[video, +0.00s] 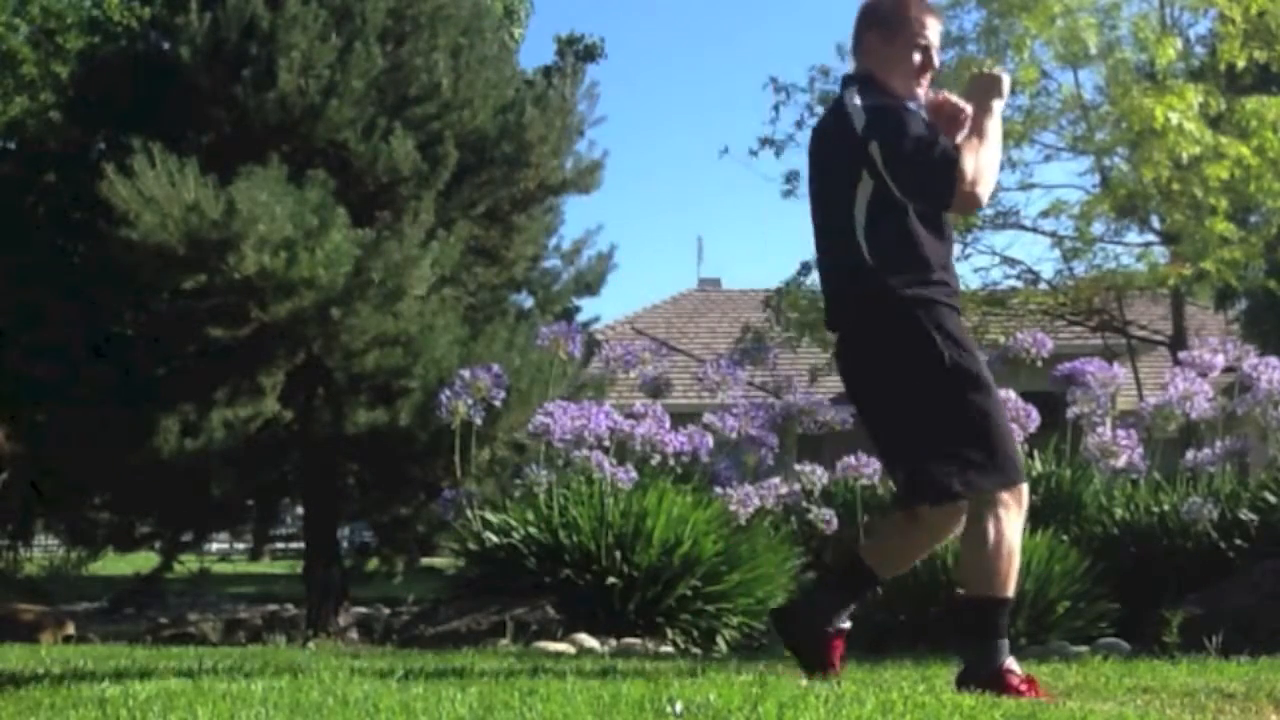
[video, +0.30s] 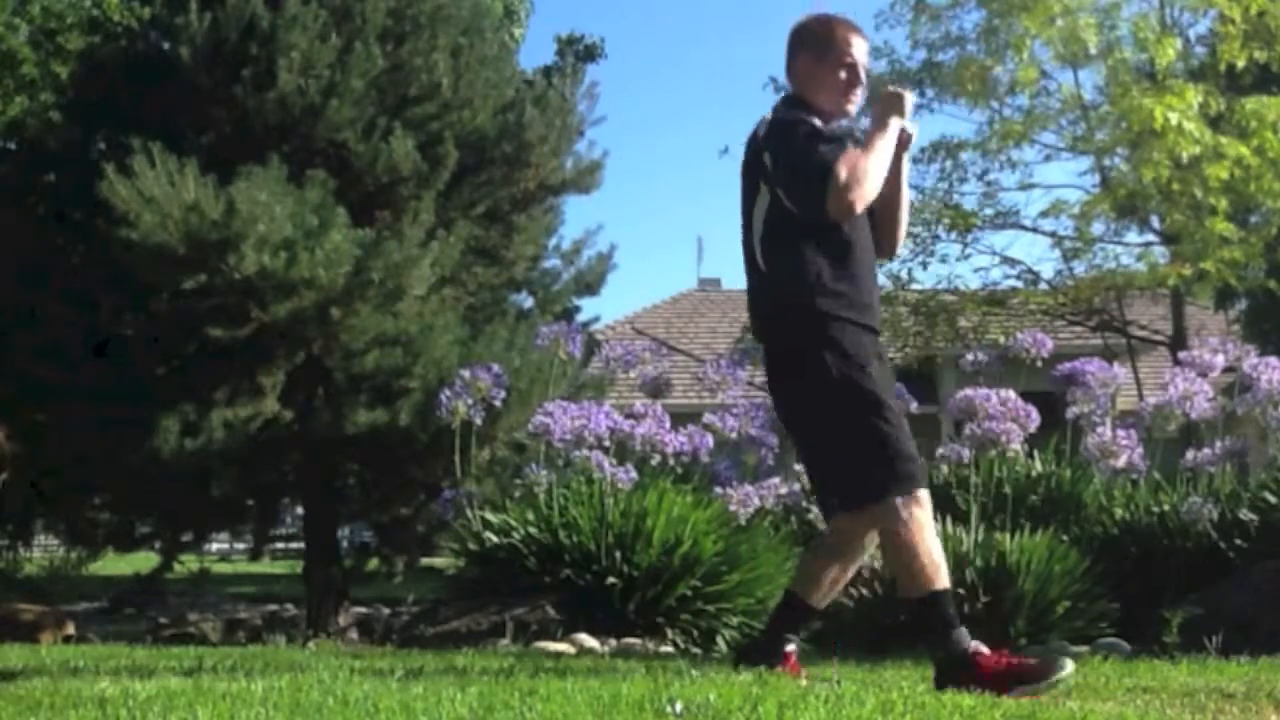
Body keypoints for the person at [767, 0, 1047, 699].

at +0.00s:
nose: (928, 57)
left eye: (933, 47)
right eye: (914, 42)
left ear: (935, 53)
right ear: (868, 42)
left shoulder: (846, 119)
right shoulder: (879, 117)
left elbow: (927, 199)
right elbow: (970, 189)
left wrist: (949, 133)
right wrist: (991, 111)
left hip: (873, 331)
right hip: (915, 323)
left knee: (941, 501)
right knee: (1002, 487)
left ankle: (815, 614)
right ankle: (987, 663)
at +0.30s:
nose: (857, 80)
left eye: (861, 70)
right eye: (844, 66)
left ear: (856, 77)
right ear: (800, 65)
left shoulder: (830, 141)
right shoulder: (791, 129)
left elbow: (885, 240)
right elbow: (845, 196)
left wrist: (894, 157)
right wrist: (885, 126)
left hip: (841, 340)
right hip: (823, 340)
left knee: (864, 505)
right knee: (902, 487)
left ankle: (772, 644)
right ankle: (958, 657)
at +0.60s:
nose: (778, 70)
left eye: (783, 59)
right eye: (764, 56)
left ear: (786, 69)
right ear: (721, 58)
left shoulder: (776, 147)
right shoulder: (681, 122)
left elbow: (833, 218)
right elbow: (729, 171)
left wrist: (829, 133)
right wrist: (783, 105)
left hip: (782, 330)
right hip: (713, 323)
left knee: (792, 489)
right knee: (751, 476)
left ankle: (758, 642)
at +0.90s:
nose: (665, 99)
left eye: (672, 89)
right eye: (652, 84)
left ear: (678, 96)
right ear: (611, 81)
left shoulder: (673, 167)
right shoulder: (573, 151)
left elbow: (727, 247)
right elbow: (615, 225)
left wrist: (727, 171)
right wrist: (674, 154)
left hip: (671, 356)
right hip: (585, 358)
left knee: (733, 493)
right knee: (551, 509)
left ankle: (750, 645)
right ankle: (500, 634)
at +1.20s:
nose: (626, 60)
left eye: (634, 52)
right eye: (613, 47)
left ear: (641, 61)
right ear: (574, 49)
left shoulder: (652, 132)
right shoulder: (529, 117)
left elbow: (697, 219)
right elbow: (522, 195)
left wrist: (688, 142)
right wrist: (593, 131)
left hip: (634, 328)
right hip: (544, 328)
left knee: (654, 477)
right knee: (519, 488)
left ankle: (619, 624)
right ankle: (500, 629)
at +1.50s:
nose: (611, 77)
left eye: (620, 69)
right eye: (598, 64)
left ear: (627, 79)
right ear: (562, 68)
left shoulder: (641, 155)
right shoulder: (514, 136)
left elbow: (685, 235)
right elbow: (495, 213)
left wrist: (670, 151)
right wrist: (571, 146)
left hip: (605, 348)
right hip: (515, 342)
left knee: (614, 502)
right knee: (471, 483)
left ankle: (605, 641)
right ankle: (487, 619)